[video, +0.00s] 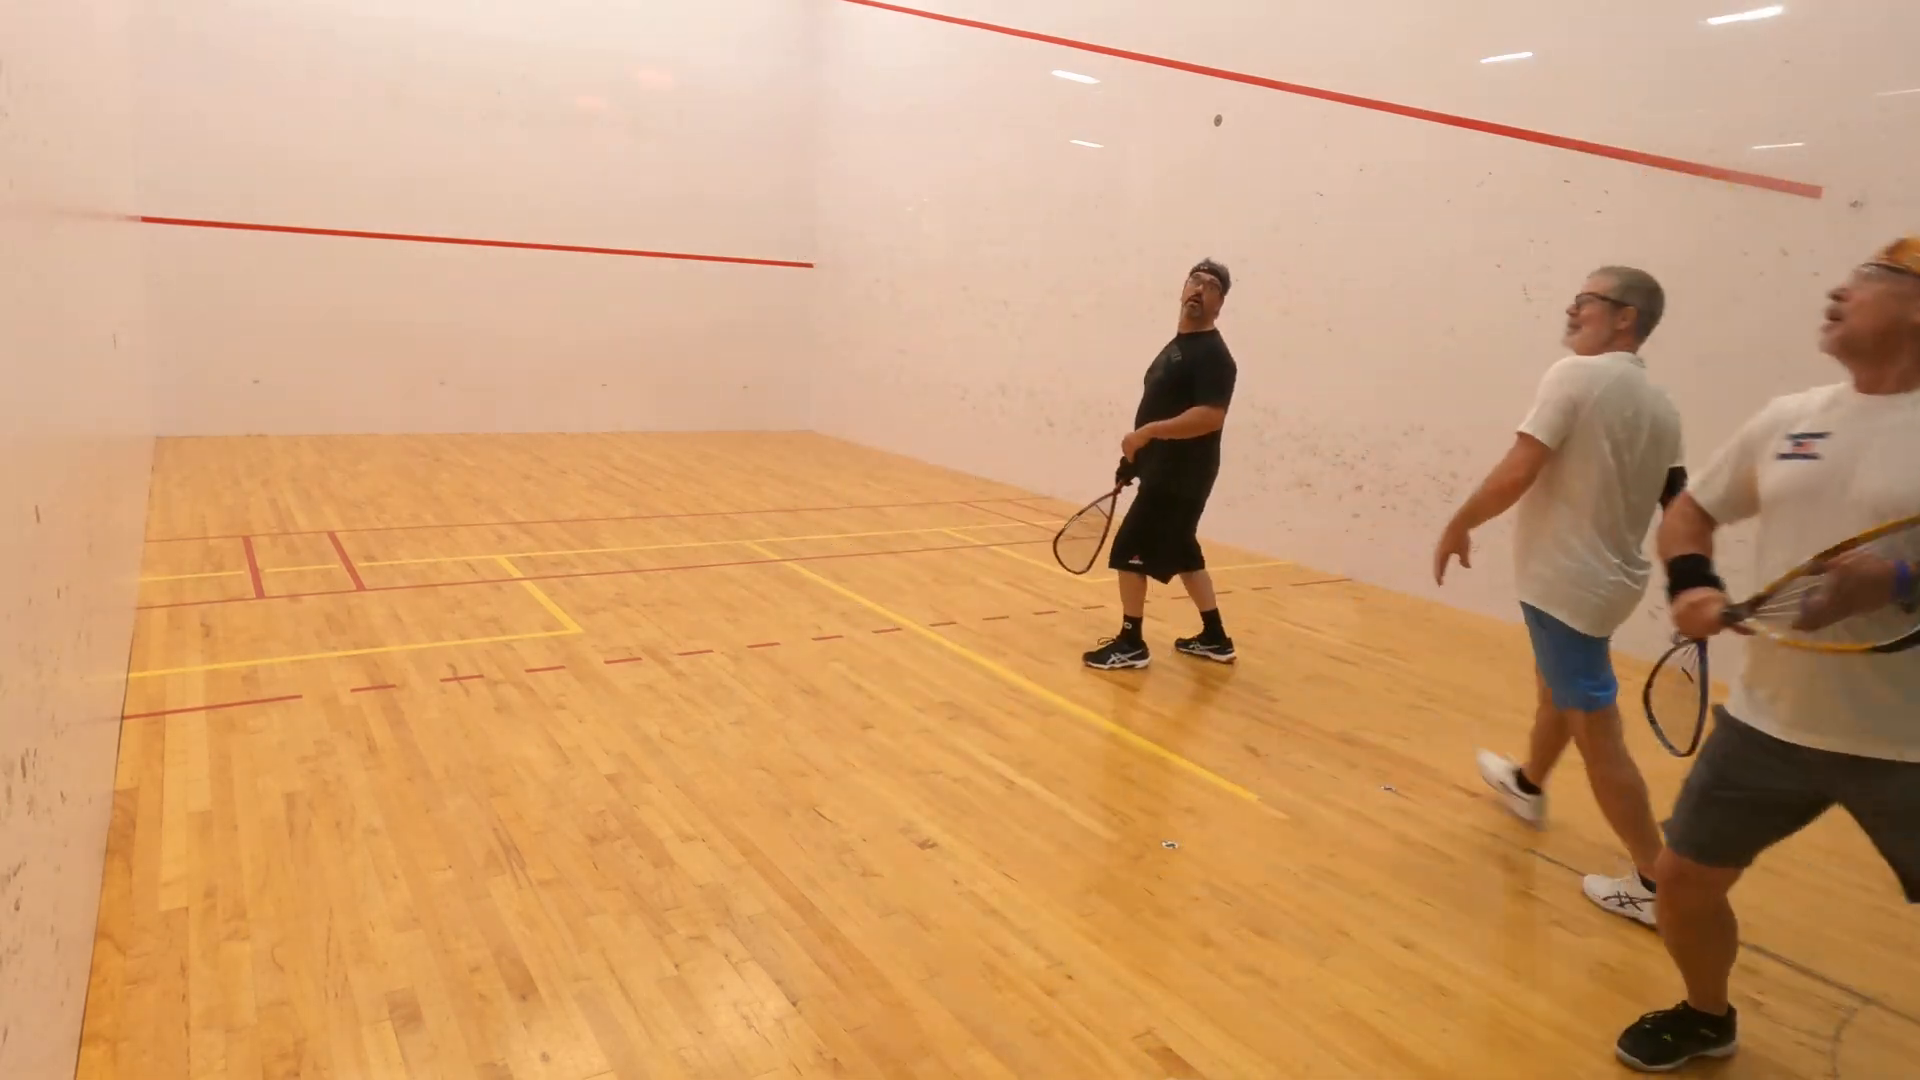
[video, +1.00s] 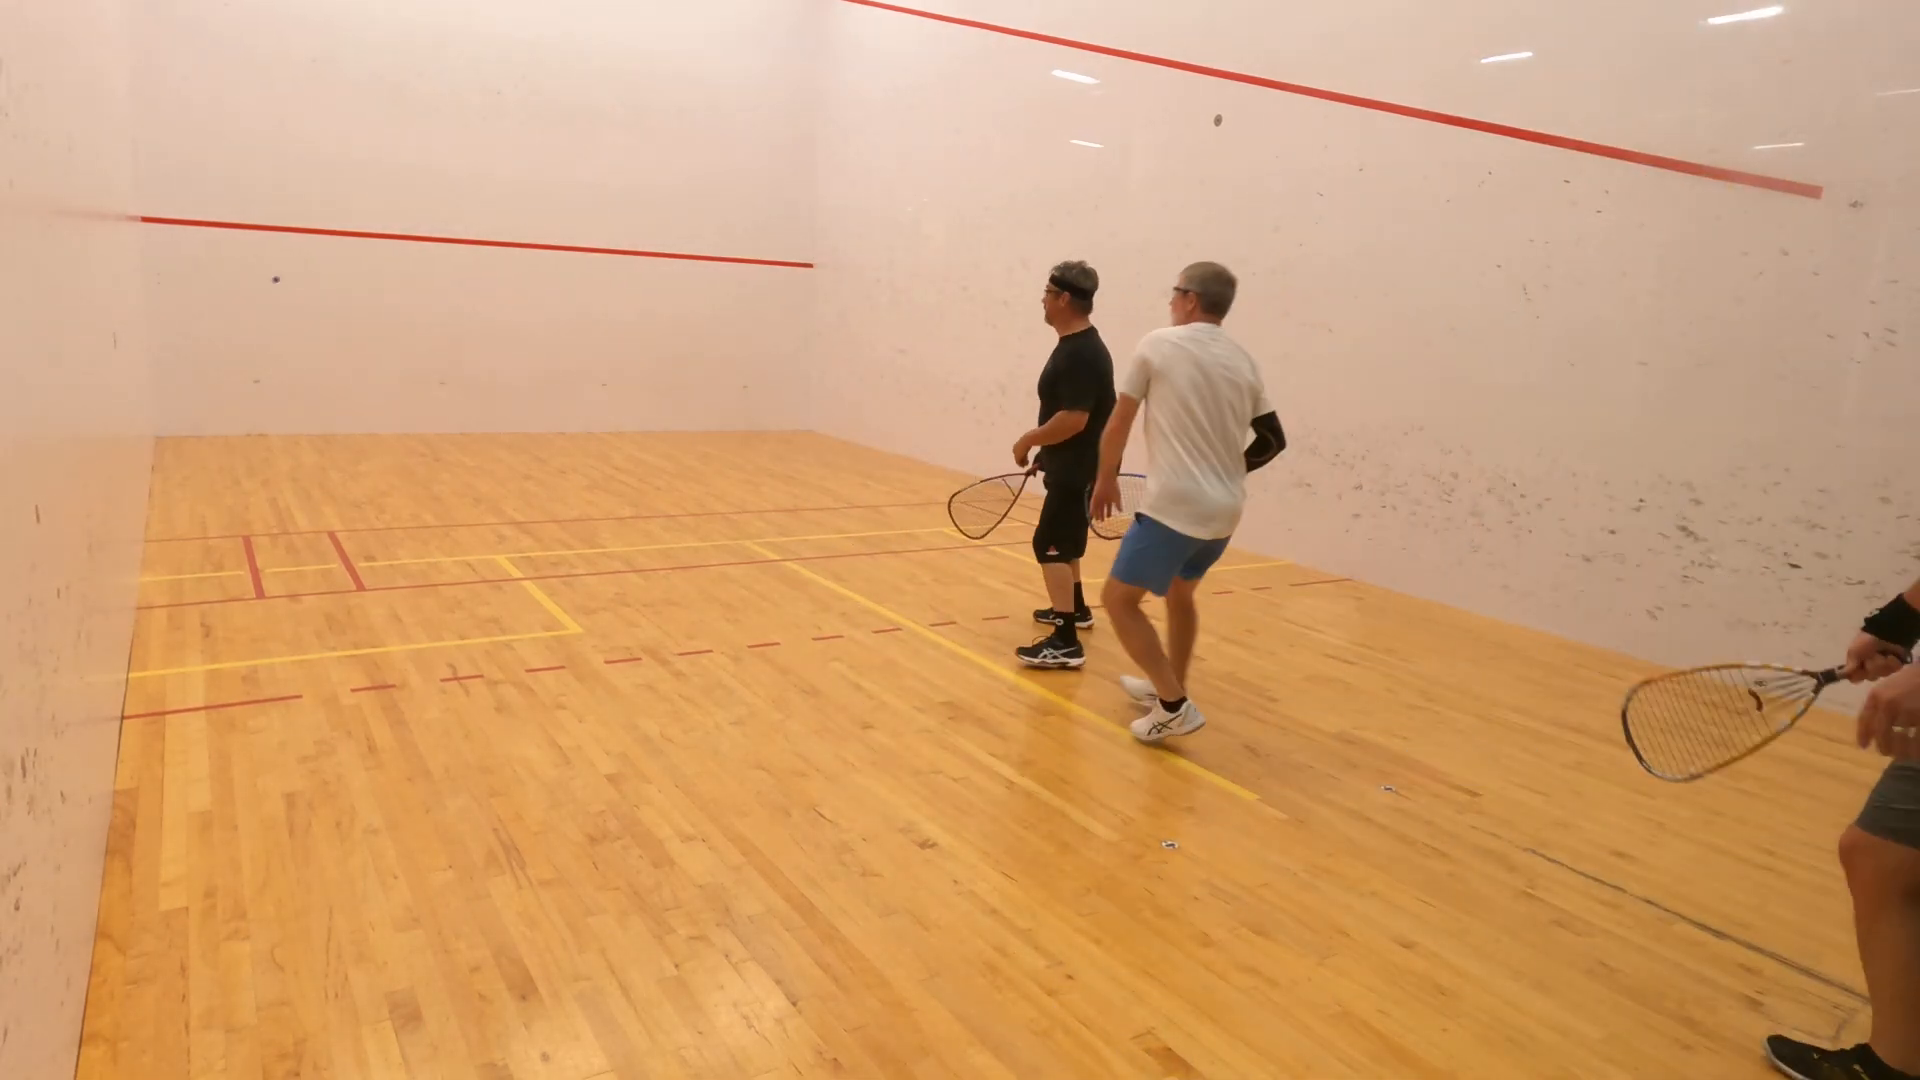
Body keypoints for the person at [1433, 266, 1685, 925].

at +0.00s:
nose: (1571, 312)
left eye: (1587, 302)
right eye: (1575, 300)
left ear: (1626, 318)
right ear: (1630, 321)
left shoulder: (1575, 377)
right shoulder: (1661, 404)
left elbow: (1518, 471)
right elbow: (1677, 506)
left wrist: (1460, 523)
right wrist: (1694, 587)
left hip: (1559, 583)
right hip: (1617, 585)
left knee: (1600, 737)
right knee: (1557, 686)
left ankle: (1655, 881)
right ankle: (1529, 784)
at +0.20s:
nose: (1504, 324)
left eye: (1518, 315)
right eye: (1505, 314)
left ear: (1556, 328)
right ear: (1550, 331)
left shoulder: (1522, 384)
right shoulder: (1562, 391)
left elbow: (1475, 474)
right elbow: (1579, 487)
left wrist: (1402, 522)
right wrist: (1583, 560)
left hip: (1490, 564)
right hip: (1521, 562)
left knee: (1456, 696)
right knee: (1466, 660)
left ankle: (1586, 789)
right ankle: (1455, 759)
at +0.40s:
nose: (1446, 302)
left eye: (1458, 295)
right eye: (1446, 293)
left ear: (1493, 306)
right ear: (1488, 310)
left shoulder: (1463, 356)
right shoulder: (1494, 362)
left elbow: (1426, 440)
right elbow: (1457, 454)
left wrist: (1375, 492)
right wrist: (1402, 504)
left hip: (1425, 532)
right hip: (1465, 534)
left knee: (1346, 630)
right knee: (1446, 641)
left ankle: (1389, 741)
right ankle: (1457, 758)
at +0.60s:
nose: (1362, 317)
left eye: (1373, 308)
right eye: (1365, 308)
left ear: (1405, 318)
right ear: (1408, 321)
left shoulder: (1362, 366)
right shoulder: (1431, 386)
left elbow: (1323, 451)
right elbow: (1402, 474)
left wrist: (1291, 506)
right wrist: (1333, 517)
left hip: (1350, 538)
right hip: (1403, 544)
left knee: (1267, 616)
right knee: (1412, 643)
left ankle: (1219, 711)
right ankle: (1455, 754)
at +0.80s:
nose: (1259, 303)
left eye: (1266, 295)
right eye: (1263, 294)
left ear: (1288, 302)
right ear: (1303, 307)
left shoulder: (1250, 348)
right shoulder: (1329, 368)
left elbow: (1211, 427)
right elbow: (1341, 451)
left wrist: (1188, 482)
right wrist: (1289, 477)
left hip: (1245, 517)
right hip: (1305, 523)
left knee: (1196, 604)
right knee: (1323, 615)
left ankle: (1201, 715)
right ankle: (1377, 719)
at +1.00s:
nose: (1171, 301)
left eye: (1176, 293)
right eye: (1174, 293)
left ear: (1191, 300)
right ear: (1219, 306)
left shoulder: (1160, 344)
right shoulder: (1242, 360)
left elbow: (1119, 421)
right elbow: (1271, 440)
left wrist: (1106, 479)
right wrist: (1226, 472)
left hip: (1172, 506)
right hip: (1224, 509)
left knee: (1118, 599)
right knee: (1181, 590)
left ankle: (1175, 706)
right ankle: (1168, 688)